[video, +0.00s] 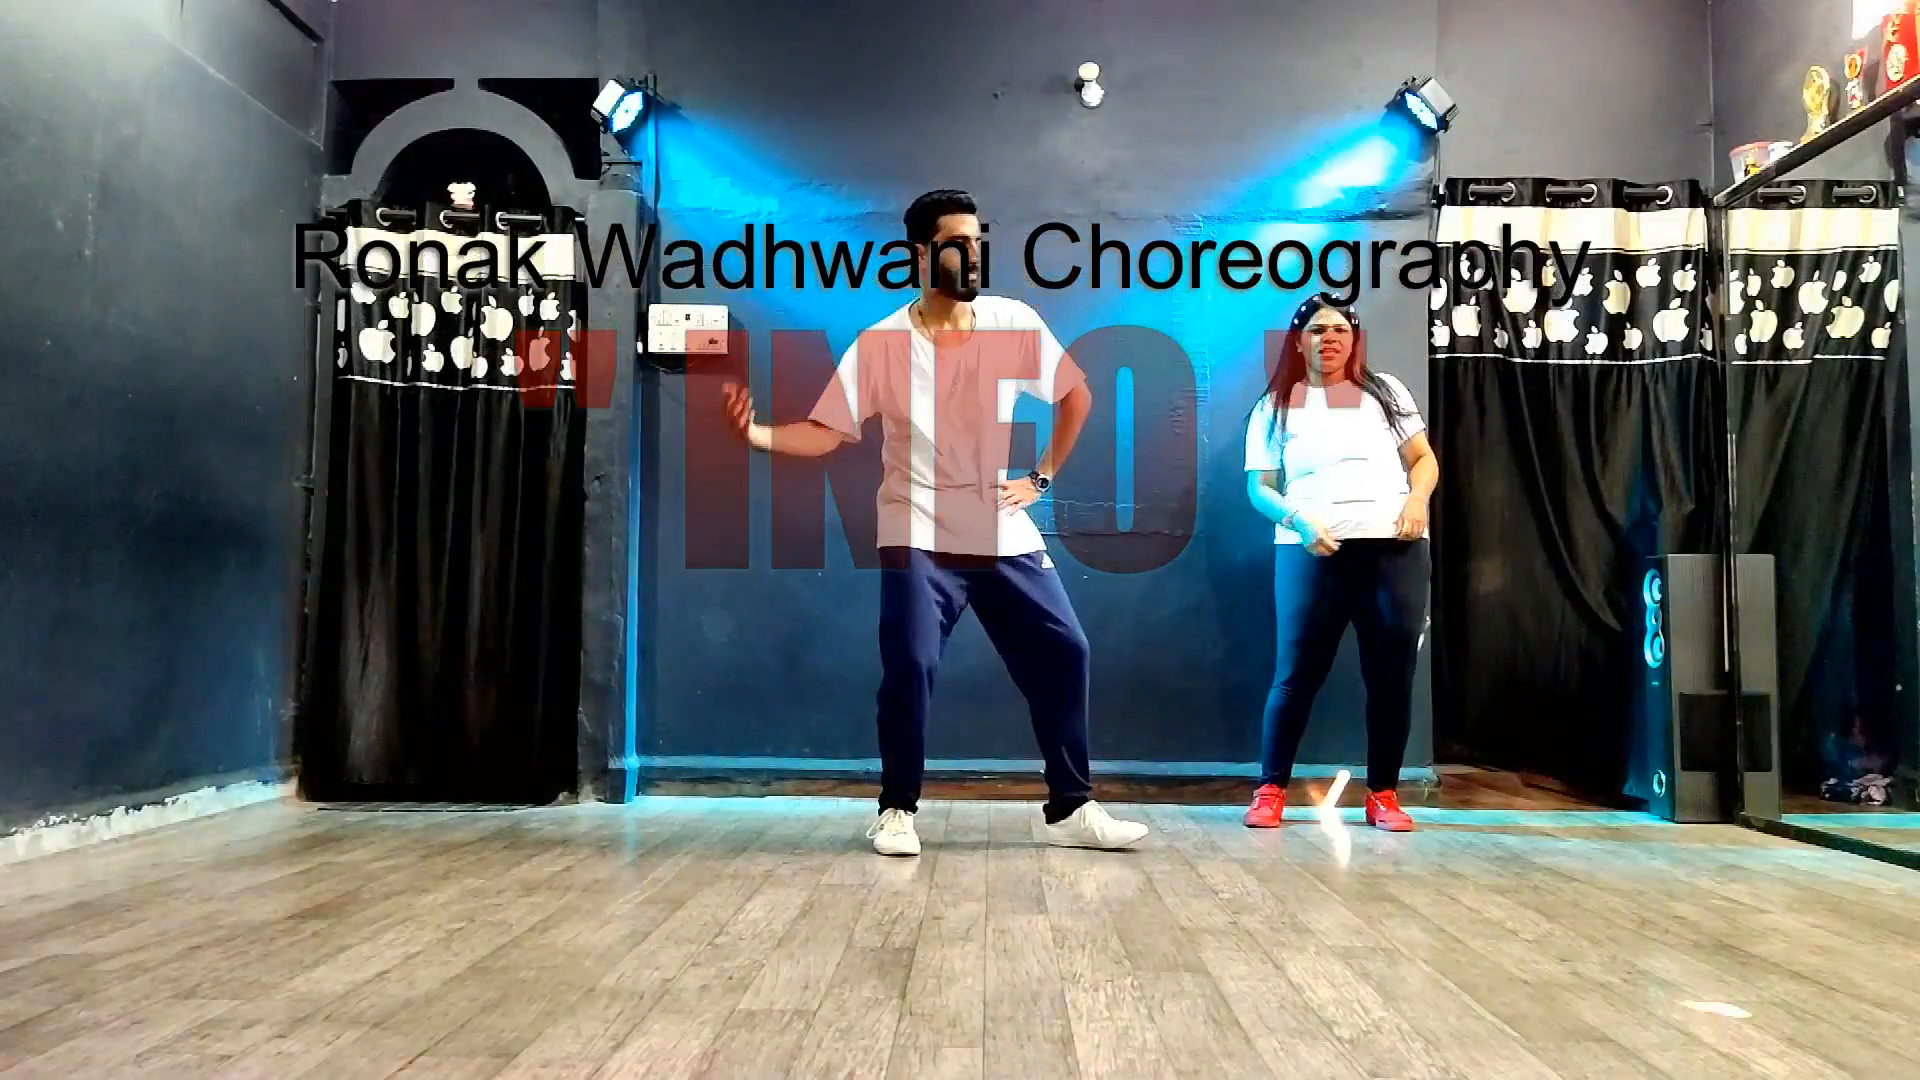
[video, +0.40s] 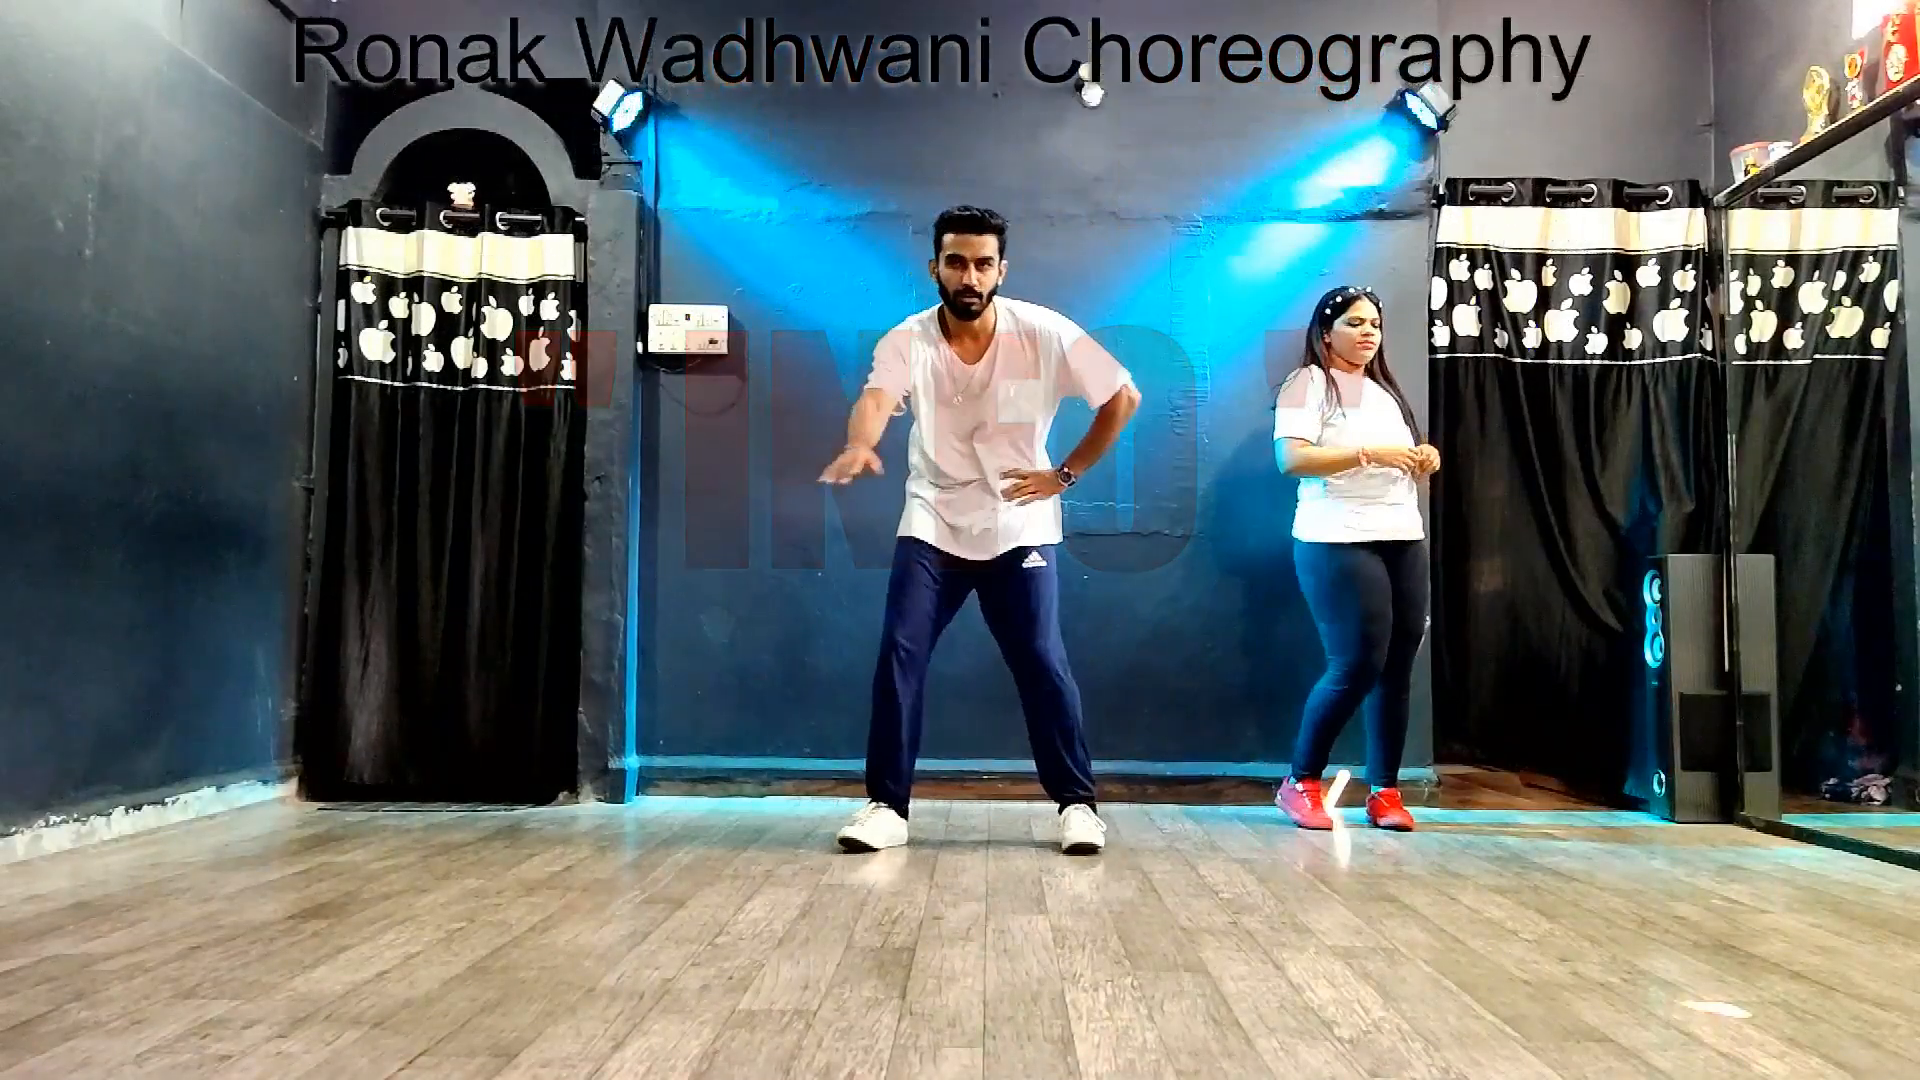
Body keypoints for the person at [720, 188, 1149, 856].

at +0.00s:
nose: (972, 257)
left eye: (978, 245)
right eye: (956, 246)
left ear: (984, 252)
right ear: (920, 255)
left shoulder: (1014, 325)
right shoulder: (880, 345)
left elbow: (1076, 394)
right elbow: (827, 431)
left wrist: (1044, 475)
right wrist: (752, 432)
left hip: (1002, 527)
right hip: (917, 530)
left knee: (1065, 649)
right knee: (911, 661)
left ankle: (1069, 805)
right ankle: (898, 809)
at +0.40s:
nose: (970, 276)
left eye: (983, 264)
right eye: (956, 263)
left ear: (1001, 269)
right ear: (935, 268)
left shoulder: (1042, 332)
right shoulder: (906, 341)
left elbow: (1122, 397)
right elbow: (878, 397)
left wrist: (1066, 474)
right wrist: (860, 442)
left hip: (1018, 514)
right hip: (933, 514)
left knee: (1040, 656)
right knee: (900, 647)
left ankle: (1076, 804)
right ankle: (887, 807)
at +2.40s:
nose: (1044, 235)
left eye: (1052, 224)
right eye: (1030, 224)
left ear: (1059, 233)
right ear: (996, 233)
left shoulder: (1081, 299)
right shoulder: (962, 320)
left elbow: (1080, 386)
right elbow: (959, 409)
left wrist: (1046, 455)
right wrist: (944, 481)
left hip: (1078, 519)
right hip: (995, 520)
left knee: (1095, 667)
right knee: (972, 665)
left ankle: (1110, 801)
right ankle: (943, 811)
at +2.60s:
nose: (1056, 238)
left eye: (1069, 228)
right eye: (1044, 225)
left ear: (1085, 240)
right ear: (1023, 236)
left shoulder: (1108, 311)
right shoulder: (990, 321)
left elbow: (1081, 402)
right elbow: (981, 416)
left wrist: (975, 396)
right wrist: (965, 459)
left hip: (1087, 523)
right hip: (1007, 519)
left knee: (1096, 672)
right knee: (973, 650)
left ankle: (1105, 802)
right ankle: (949, 807)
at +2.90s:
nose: (992, 248)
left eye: (1005, 235)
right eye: (978, 236)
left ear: (1025, 236)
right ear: (960, 242)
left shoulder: (1052, 270)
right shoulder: (940, 323)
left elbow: (1122, 300)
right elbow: (905, 394)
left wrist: (1056, 372)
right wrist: (871, 454)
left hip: (1077, 508)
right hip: (992, 515)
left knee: (1096, 661)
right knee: (963, 649)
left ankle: (1108, 800)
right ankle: (957, 803)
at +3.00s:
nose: (972, 287)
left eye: (983, 270)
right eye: (956, 274)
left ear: (1002, 253)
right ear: (935, 263)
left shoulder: (1044, 297)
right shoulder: (914, 352)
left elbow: (1109, 369)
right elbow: (908, 452)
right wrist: (893, 542)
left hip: (1068, 514)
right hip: (977, 530)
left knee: (1111, 643)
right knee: (959, 669)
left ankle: (1115, 775)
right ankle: (957, 812)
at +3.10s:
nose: (963, 279)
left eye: (975, 265)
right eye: (949, 265)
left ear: (995, 255)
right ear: (929, 258)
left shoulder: (1036, 308)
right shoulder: (908, 344)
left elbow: (1086, 395)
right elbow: (913, 430)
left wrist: (1129, 483)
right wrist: (915, 503)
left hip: (1053, 495)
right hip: (967, 519)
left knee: (1094, 558)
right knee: (955, 674)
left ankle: (1092, 701)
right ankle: (959, 812)